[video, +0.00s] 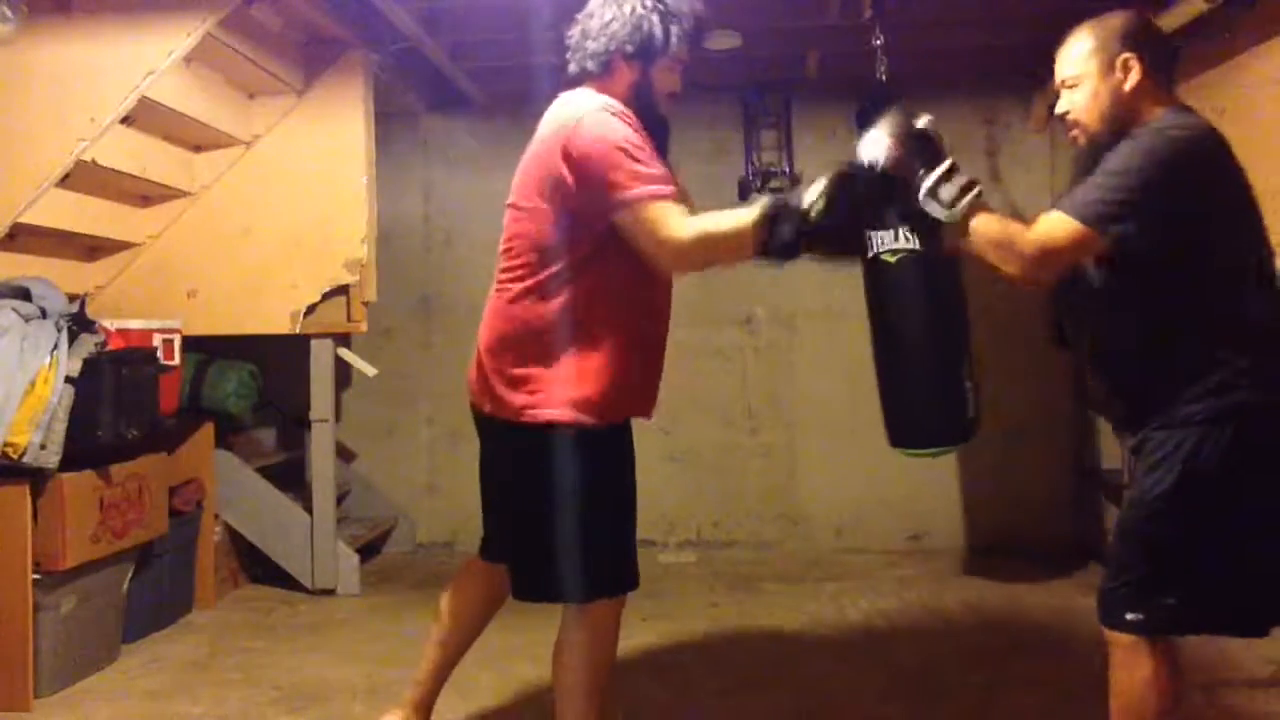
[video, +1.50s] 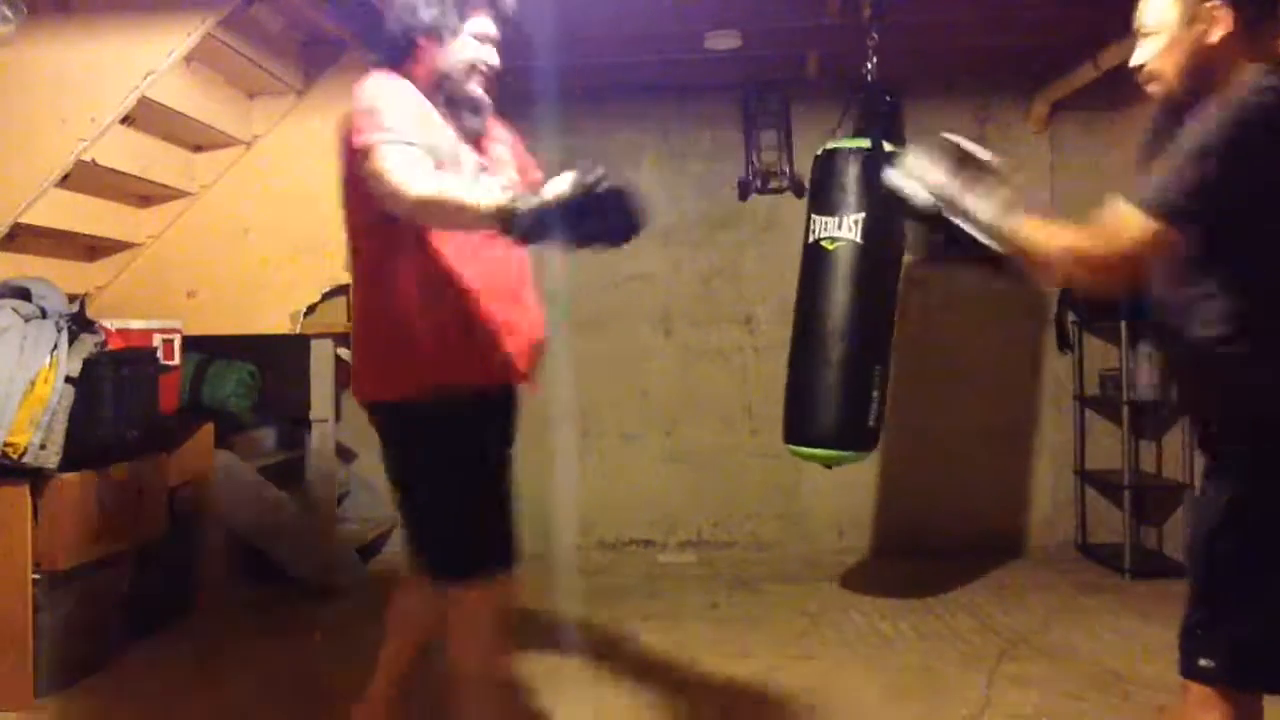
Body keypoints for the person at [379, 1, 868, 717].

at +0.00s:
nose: (681, 83)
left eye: (682, 66)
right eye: (673, 65)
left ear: (611, 62)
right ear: (625, 60)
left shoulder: (588, 119)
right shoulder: (597, 124)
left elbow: (673, 235)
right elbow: (676, 244)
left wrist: (767, 222)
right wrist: (785, 213)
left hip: (523, 390)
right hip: (568, 399)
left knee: (497, 558)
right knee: (599, 595)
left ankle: (413, 705)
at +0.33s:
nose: (665, 82)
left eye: (666, 66)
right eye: (657, 64)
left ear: (600, 64)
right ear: (608, 58)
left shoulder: (574, 123)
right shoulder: (574, 124)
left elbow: (654, 240)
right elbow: (648, 248)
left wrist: (751, 205)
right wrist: (757, 201)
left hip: (513, 392)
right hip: (566, 399)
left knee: (495, 554)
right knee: (597, 589)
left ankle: (414, 702)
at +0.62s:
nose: (633, 85)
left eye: (633, 68)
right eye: (624, 66)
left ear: (576, 65)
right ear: (574, 61)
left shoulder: (566, 130)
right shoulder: (545, 121)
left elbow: (715, 176)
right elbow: (698, 159)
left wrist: (829, 182)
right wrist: (829, 157)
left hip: (489, 384)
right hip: (503, 388)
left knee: (469, 555)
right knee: (557, 578)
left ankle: (394, 704)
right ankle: (566, 715)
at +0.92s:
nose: (612, 85)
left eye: (612, 68)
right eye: (602, 67)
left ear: (568, 64)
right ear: (553, 60)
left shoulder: (565, 136)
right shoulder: (519, 123)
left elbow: (700, 173)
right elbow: (684, 158)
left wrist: (818, 177)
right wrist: (814, 165)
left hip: (523, 392)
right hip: (513, 398)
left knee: (481, 558)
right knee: (556, 583)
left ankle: (399, 700)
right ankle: (561, 714)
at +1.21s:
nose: (572, 88)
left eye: (572, 71)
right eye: (560, 71)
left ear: (528, 72)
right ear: (507, 68)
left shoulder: (539, 148)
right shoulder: (470, 134)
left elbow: (657, 194)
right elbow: (616, 171)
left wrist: (774, 180)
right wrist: (763, 159)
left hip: (534, 406)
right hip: (497, 412)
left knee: (493, 565)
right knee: (574, 586)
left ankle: (401, 702)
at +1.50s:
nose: (491, 55)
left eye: (495, 42)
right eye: (476, 36)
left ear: (491, 57)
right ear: (424, 39)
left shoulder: (494, 134)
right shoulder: (384, 95)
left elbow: (538, 196)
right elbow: (400, 187)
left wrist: (579, 207)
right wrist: (517, 210)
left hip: (483, 377)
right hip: (421, 380)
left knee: (432, 571)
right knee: (480, 580)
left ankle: (376, 705)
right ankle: (485, 710)